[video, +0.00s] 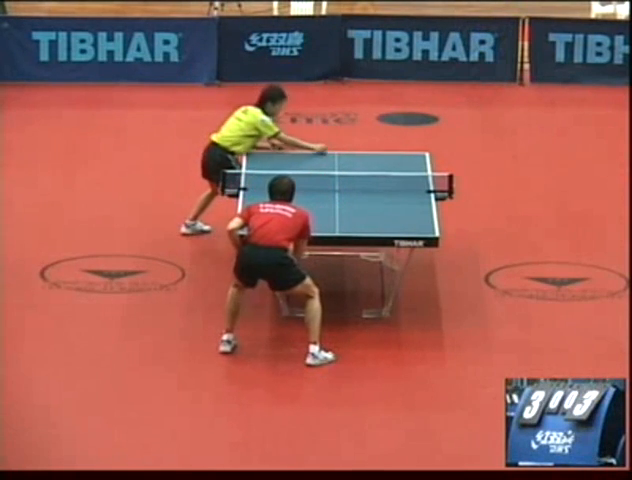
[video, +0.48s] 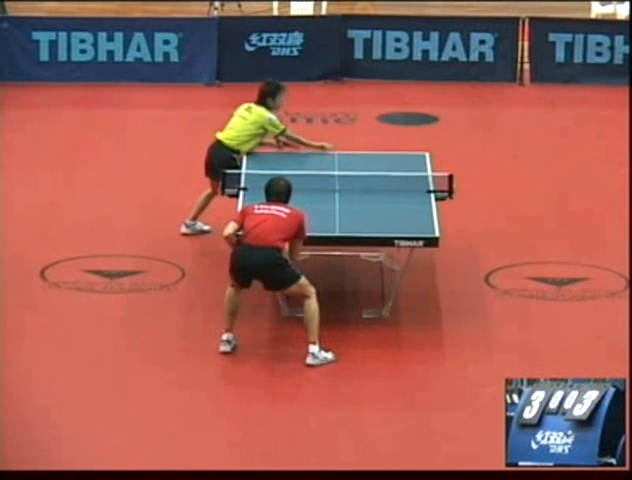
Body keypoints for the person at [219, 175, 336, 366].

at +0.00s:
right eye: (290, 193)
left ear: (270, 194)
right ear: (292, 195)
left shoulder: (254, 209)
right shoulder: (301, 215)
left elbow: (231, 228)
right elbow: (300, 251)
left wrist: (241, 250)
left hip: (250, 252)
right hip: (278, 255)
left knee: (237, 287)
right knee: (312, 294)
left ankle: (227, 336)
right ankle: (315, 349)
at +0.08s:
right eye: (288, 194)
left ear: (268, 195)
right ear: (290, 196)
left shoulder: (252, 209)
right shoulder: (299, 216)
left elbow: (230, 229)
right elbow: (297, 252)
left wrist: (239, 250)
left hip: (247, 252)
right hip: (275, 255)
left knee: (236, 287)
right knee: (311, 294)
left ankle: (227, 336)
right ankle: (315, 349)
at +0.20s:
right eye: (287, 194)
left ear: (267, 195)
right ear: (289, 197)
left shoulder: (251, 209)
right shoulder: (297, 216)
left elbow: (228, 231)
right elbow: (294, 253)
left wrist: (238, 250)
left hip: (245, 252)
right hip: (272, 255)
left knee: (235, 287)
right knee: (310, 294)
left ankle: (227, 335)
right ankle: (314, 349)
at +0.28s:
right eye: (286, 194)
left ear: (266, 195)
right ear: (288, 197)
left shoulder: (250, 209)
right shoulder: (296, 216)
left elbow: (228, 232)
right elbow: (294, 253)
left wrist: (239, 249)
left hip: (244, 252)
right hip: (272, 255)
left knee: (235, 287)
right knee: (309, 294)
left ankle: (227, 335)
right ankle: (314, 349)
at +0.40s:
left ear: (266, 195)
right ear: (288, 197)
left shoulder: (250, 210)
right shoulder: (296, 216)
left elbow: (228, 233)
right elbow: (294, 253)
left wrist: (240, 248)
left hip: (243, 252)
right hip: (271, 255)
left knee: (235, 287)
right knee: (309, 293)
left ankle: (227, 335)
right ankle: (314, 349)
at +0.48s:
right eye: (286, 194)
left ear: (266, 195)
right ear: (288, 197)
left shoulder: (250, 210)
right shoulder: (296, 216)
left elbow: (228, 233)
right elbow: (294, 253)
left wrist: (240, 248)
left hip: (243, 253)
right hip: (271, 255)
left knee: (235, 287)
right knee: (309, 293)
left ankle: (227, 335)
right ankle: (314, 349)